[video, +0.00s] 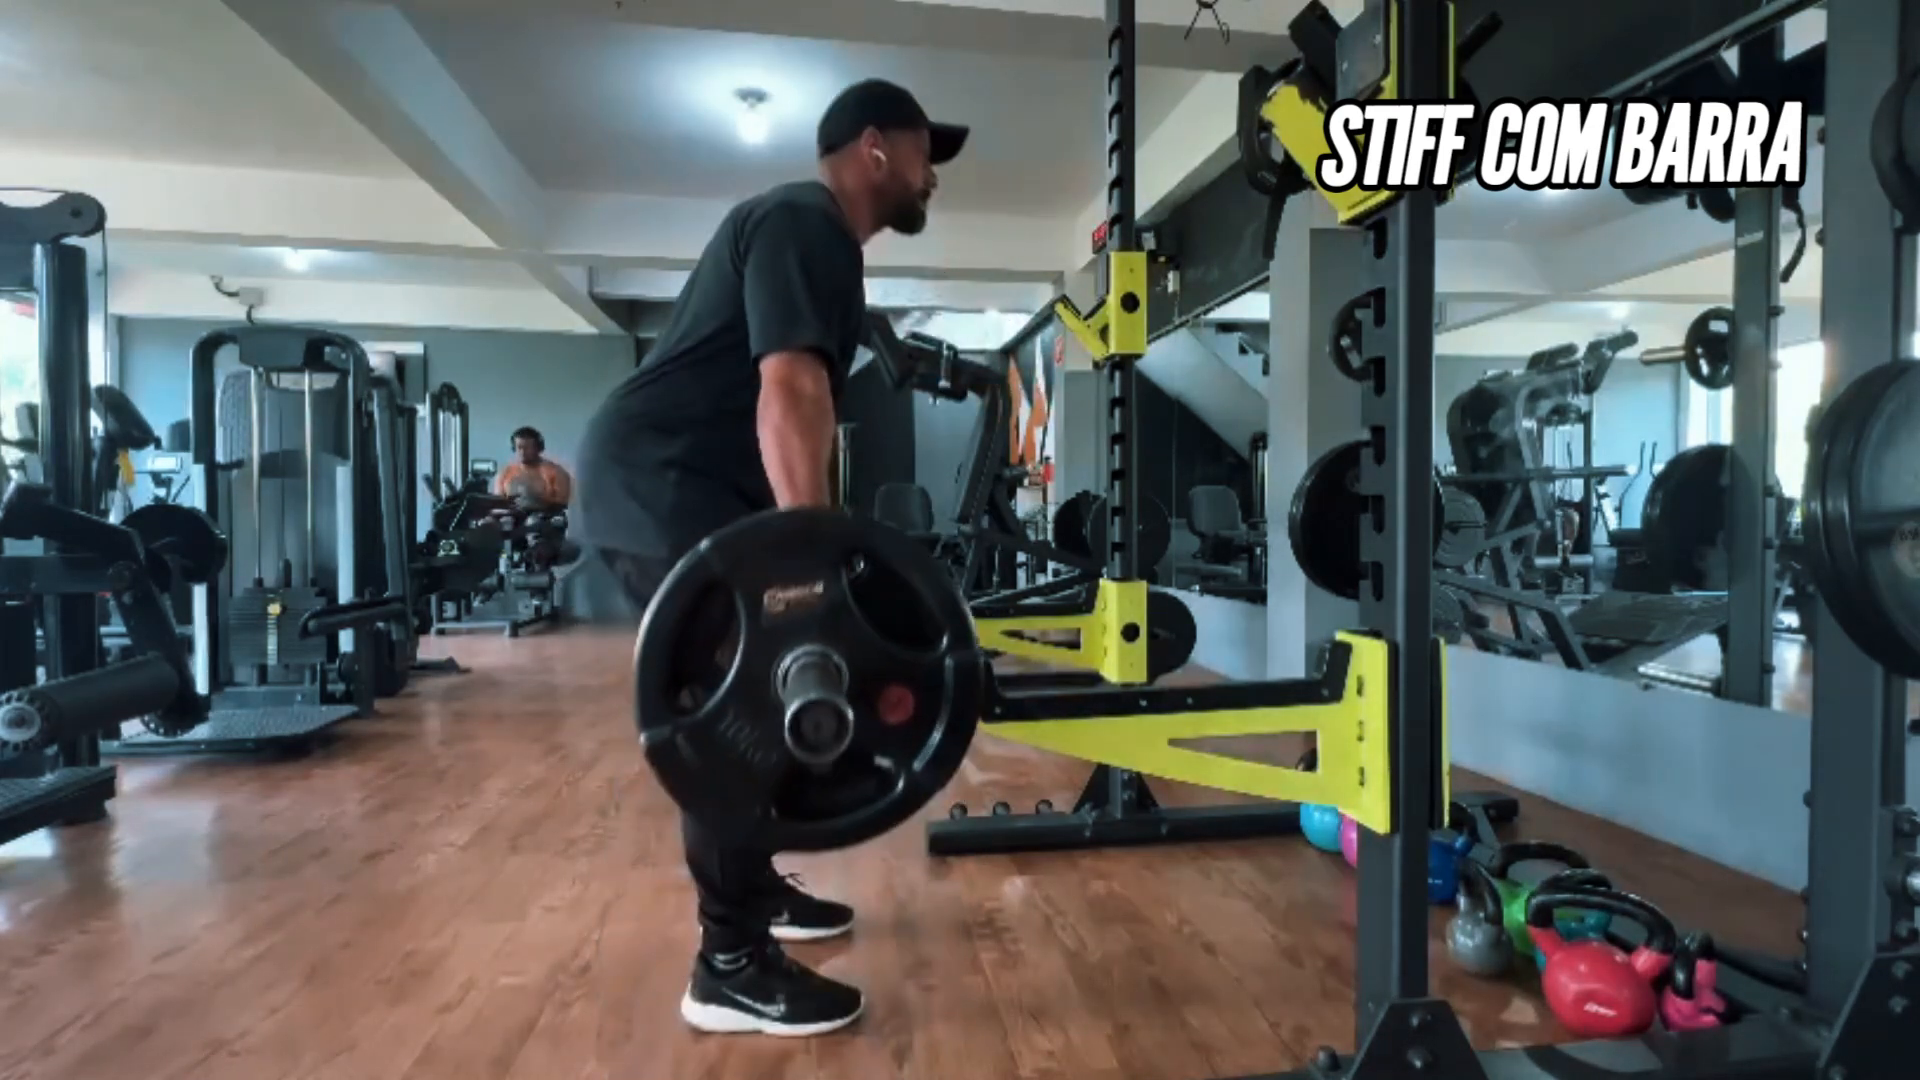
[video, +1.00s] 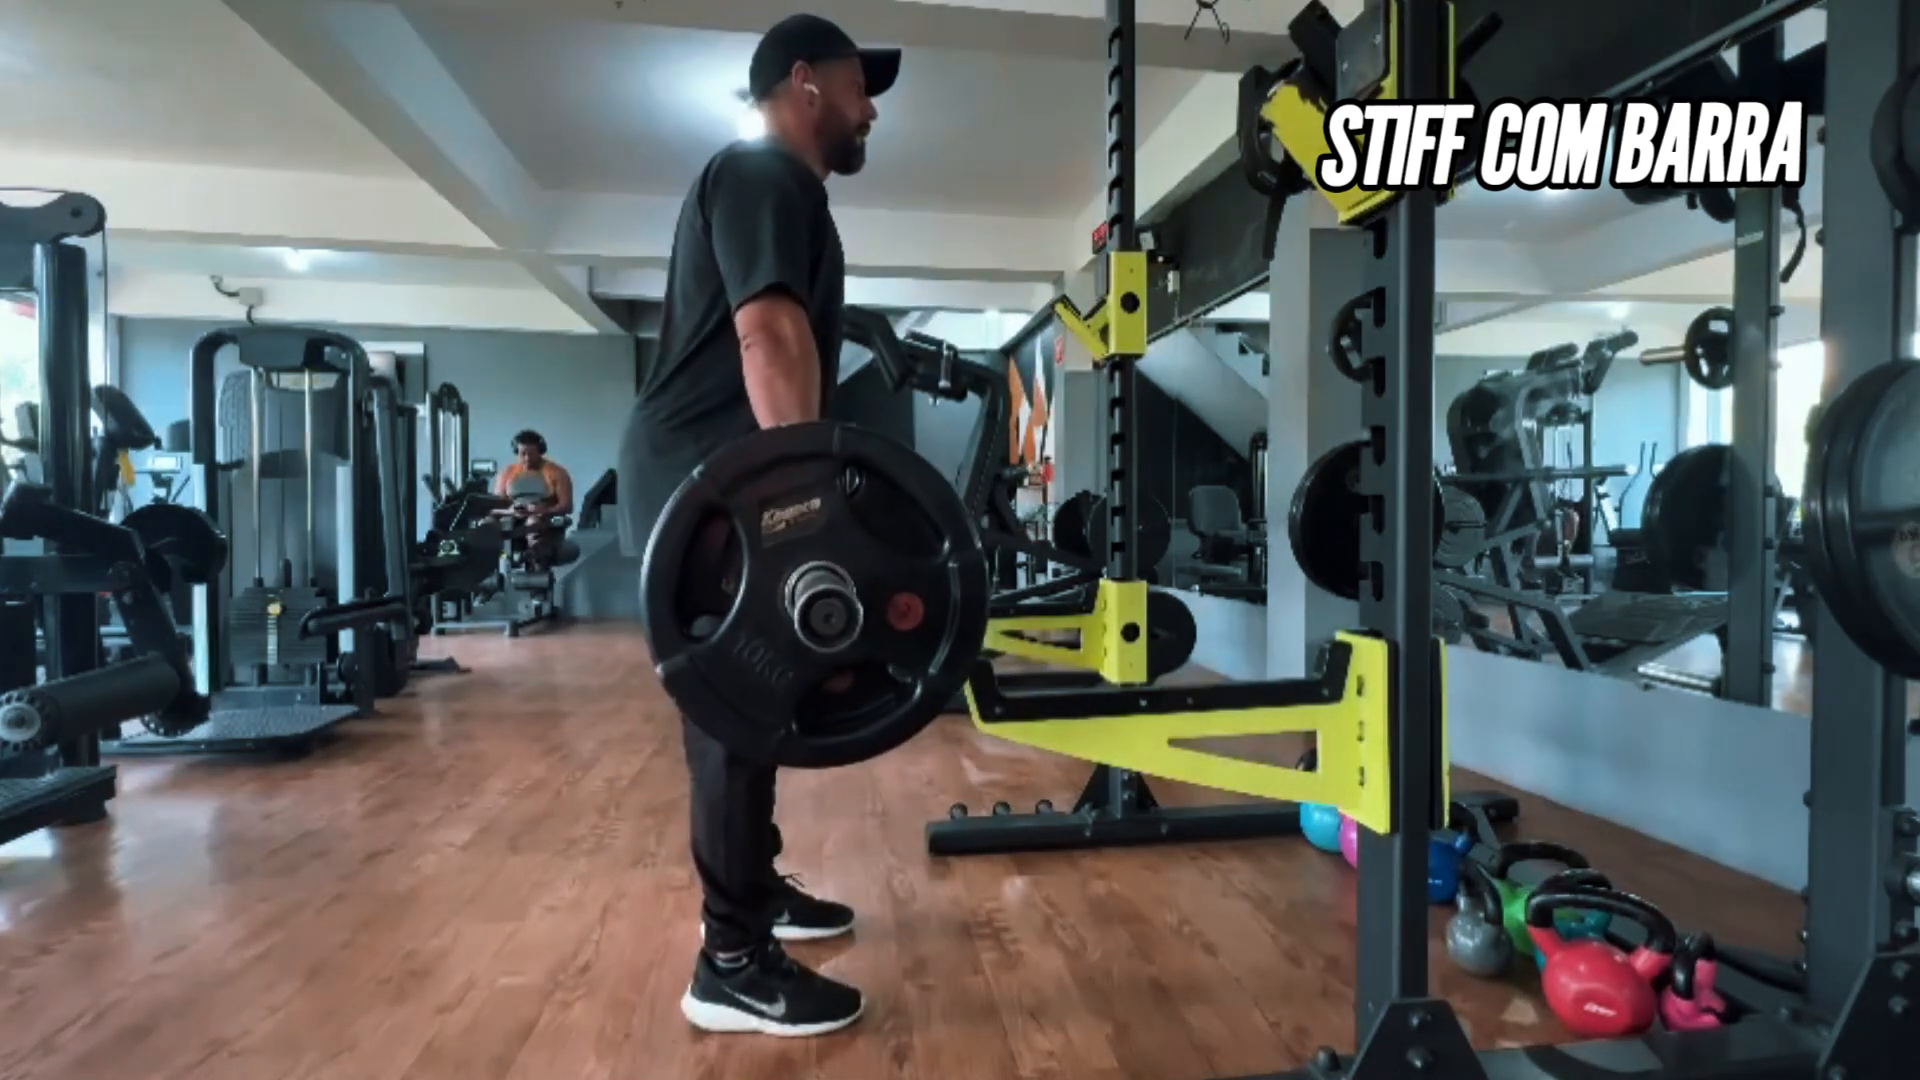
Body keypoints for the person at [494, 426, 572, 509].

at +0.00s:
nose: (523, 452)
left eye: (527, 447)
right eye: (520, 448)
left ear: (538, 448)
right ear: (515, 449)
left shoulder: (556, 473)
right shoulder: (507, 473)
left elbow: (560, 504)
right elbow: (500, 502)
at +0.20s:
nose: (522, 456)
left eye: (526, 451)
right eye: (519, 451)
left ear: (538, 450)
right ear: (514, 452)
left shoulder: (556, 473)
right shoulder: (507, 473)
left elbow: (565, 504)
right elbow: (499, 501)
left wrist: (538, 509)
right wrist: (514, 509)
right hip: (514, 523)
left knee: (534, 522)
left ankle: (540, 570)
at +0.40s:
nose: (524, 458)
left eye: (528, 453)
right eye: (520, 454)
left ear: (539, 452)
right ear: (515, 454)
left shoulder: (556, 474)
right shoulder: (507, 474)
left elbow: (565, 505)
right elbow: (498, 502)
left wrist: (541, 513)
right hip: (515, 524)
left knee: (534, 521)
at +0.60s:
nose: (527, 459)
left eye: (531, 454)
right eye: (523, 454)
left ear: (540, 453)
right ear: (517, 454)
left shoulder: (557, 474)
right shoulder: (508, 473)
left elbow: (566, 506)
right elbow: (498, 504)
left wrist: (539, 511)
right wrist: (511, 511)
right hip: (515, 521)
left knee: (534, 521)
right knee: (487, 523)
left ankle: (537, 567)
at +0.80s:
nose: (527, 459)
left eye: (531, 454)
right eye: (523, 454)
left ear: (540, 453)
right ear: (517, 454)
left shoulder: (557, 474)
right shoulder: (508, 473)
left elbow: (566, 506)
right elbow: (498, 505)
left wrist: (540, 511)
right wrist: (511, 511)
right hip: (515, 522)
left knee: (534, 521)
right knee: (488, 523)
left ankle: (537, 565)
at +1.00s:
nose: (527, 459)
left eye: (531, 454)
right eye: (523, 454)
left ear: (540, 453)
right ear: (517, 454)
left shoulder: (557, 474)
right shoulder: (508, 473)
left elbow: (566, 506)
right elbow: (499, 503)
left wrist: (541, 511)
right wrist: (512, 511)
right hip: (515, 521)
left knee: (534, 522)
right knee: (488, 523)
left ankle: (537, 568)